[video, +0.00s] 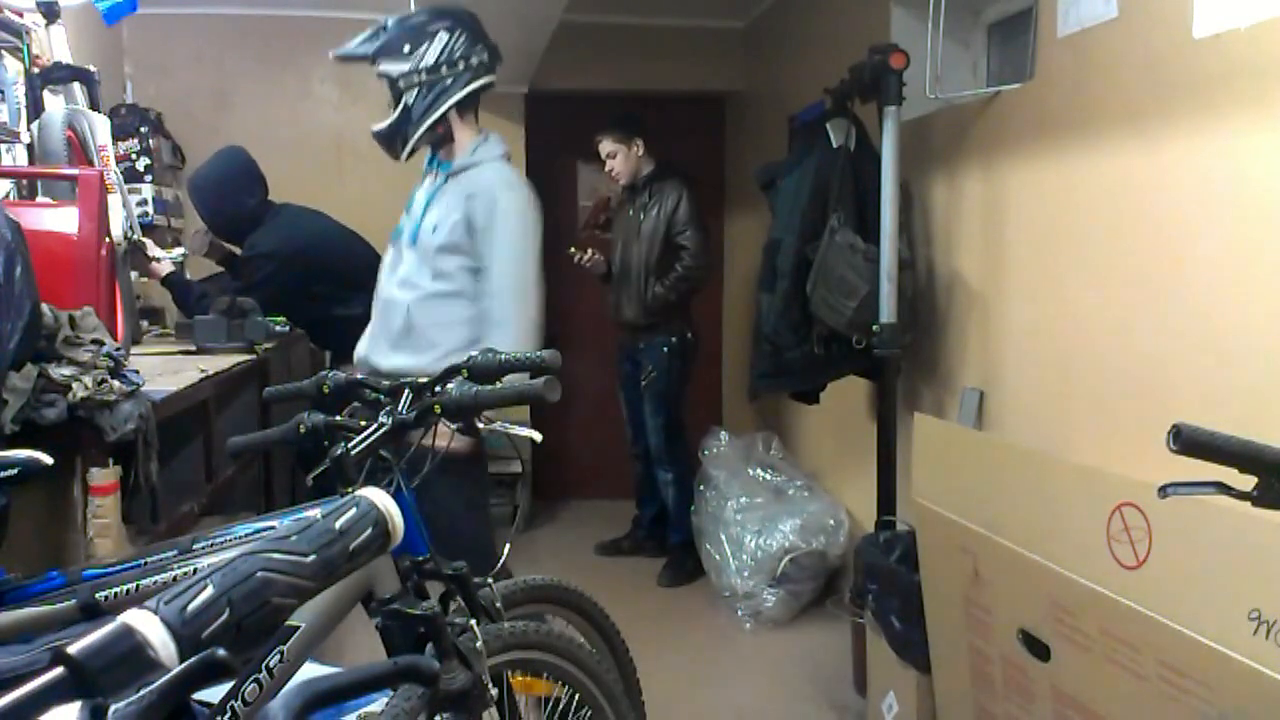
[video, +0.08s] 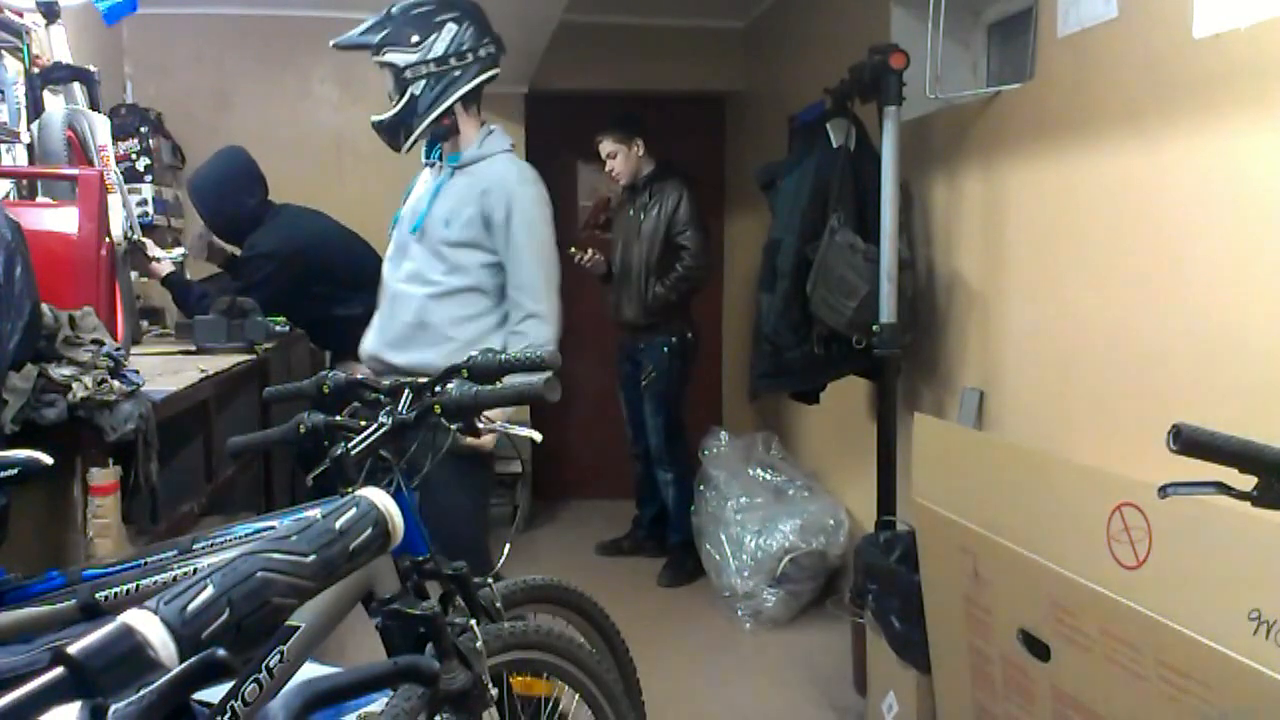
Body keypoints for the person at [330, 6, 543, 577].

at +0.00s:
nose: (392, 103)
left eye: (398, 86)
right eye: (392, 87)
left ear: (434, 87)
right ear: (441, 88)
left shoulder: (500, 189)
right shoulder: (436, 181)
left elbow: (513, 318)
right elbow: (405, 292)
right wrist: (363, 368)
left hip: (444, 412)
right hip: (392, 403)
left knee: (465, 575)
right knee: (408, 568)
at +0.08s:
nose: (393, 98)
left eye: (400, 80)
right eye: (392, 81)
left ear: (440, 83)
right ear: (441, 85)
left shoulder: (510, 181)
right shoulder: (431, 175)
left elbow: (536, 315)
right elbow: (408, 289)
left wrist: (500, 409)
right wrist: (369, 366)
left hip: (452, 407)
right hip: (387, 396)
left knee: (459, 573)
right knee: (391, 568)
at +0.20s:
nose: (401, 103)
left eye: (413, 88)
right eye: (401, 88)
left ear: (459, 90)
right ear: (444, 90)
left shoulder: (523, 193)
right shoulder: (418, 193)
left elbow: (547, 318)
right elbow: (382, 304)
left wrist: (510, 395)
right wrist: (309, 345)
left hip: (484, 420)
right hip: (404, 412)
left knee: (478, 580)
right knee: (388, 568)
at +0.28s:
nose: (413, 107)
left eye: (427, 94)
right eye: (413, 93)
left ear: (475, 97)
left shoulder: (535, 200)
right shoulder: (421, 197)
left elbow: (562, 327)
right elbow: (375, 303)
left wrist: (540, 396)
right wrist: (294, 344)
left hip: (497, 428)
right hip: (416, 418)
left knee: (493, 595)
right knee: (387, 572)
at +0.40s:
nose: (450, 96)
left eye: (466, 82)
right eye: (442, 81)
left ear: (511, 83)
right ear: (433, 81)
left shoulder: (559, 194)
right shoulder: (429, 187)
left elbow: (576, 315)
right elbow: (409, 302)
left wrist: (564, 412)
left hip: (499, 412)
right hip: (414, 404)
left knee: (514, 576)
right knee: (386, 559)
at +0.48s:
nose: (474, 96)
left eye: (492, 81)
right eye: (464, 80)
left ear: (534, 84)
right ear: (449, 80)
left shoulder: (571, 194)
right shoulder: (431, 180)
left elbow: (587, 315)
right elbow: (403, 296)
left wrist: (584, 408)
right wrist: (361, 373)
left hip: (504, 403)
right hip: (415, 395)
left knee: (514, 573)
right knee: (377, 543)